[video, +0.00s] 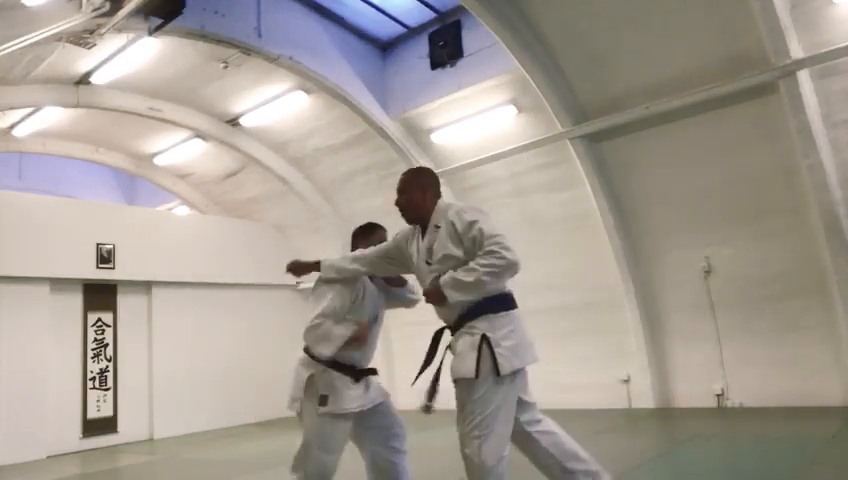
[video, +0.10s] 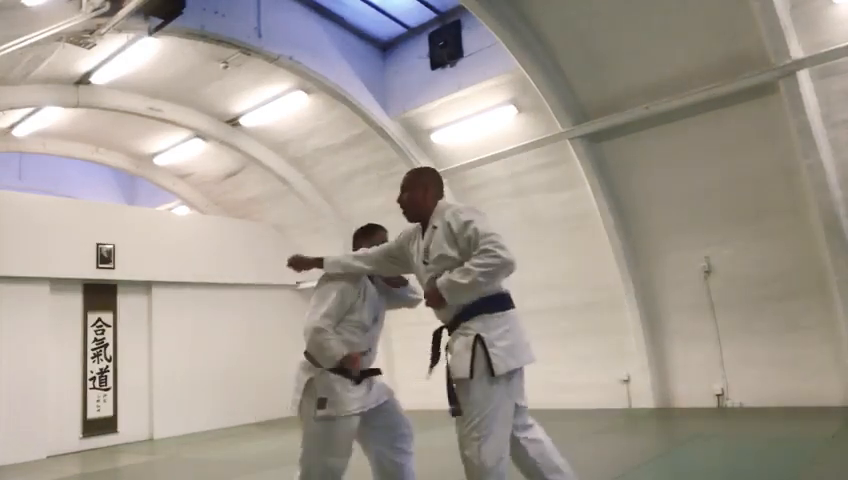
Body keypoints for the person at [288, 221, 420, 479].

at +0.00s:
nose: (383, 253)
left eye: (385, 247)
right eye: (376, 247)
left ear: (384, 253)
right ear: (358, 249)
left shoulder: (376, 284)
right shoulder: (342, 281)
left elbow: (410, 297)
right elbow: (314, 331)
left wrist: (383, 270)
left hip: (359, 381)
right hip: (328, 382)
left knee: (390, 442)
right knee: (318, 465)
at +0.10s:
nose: (384, 253)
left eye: (386, 247)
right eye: (377, 246)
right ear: (360, 248)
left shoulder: (377, 285)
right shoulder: (341, 281)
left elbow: (412, 297)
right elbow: (315, 329)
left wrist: (388, 274)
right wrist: (340, 357)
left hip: (364, 382)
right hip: (330, 386)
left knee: (397, 440)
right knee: (324, 468)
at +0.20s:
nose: (381, 255)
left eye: (384, 249)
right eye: (374, 248)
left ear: (385, 252)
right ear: (357, 249)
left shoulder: (375, 285)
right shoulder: (338, 282)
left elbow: (409, 298)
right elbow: (321, 330)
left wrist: (387, 274)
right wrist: (352, 353)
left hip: (362, 380)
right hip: (325, 382)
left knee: (396, 435)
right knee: (318, 462)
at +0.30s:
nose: (384, 251)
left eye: (385, 246)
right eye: (378, 245)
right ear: (357, 245)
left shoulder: (374, 284)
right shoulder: (338, 281)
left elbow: (411, 298)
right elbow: (321, 329)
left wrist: (391, 278)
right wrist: (354, 347)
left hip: (363, 378)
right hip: (324, 381)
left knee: (398, 441)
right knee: (313, 463)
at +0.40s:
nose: (385, 252)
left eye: (387, 247)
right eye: (379, 246)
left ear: (388, 251)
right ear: (359, 246)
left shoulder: (377, 285)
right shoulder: (340, 280)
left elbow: (412, 300)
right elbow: (321, 327)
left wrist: (387, 273)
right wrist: (354, 347)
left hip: (363, 378)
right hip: (324, 379)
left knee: (397, 446)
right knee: (315, 462)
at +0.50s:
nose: (392, 252)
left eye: (394, 247)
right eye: (388, 245)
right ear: (366, 245)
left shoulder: (382, 286)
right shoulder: (344, 279)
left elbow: (414, 309)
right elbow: (319, 322)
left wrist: (420, 282)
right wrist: (349, 358)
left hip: (366, 379)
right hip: (328, 382)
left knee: (399, 434)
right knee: (315, 461)